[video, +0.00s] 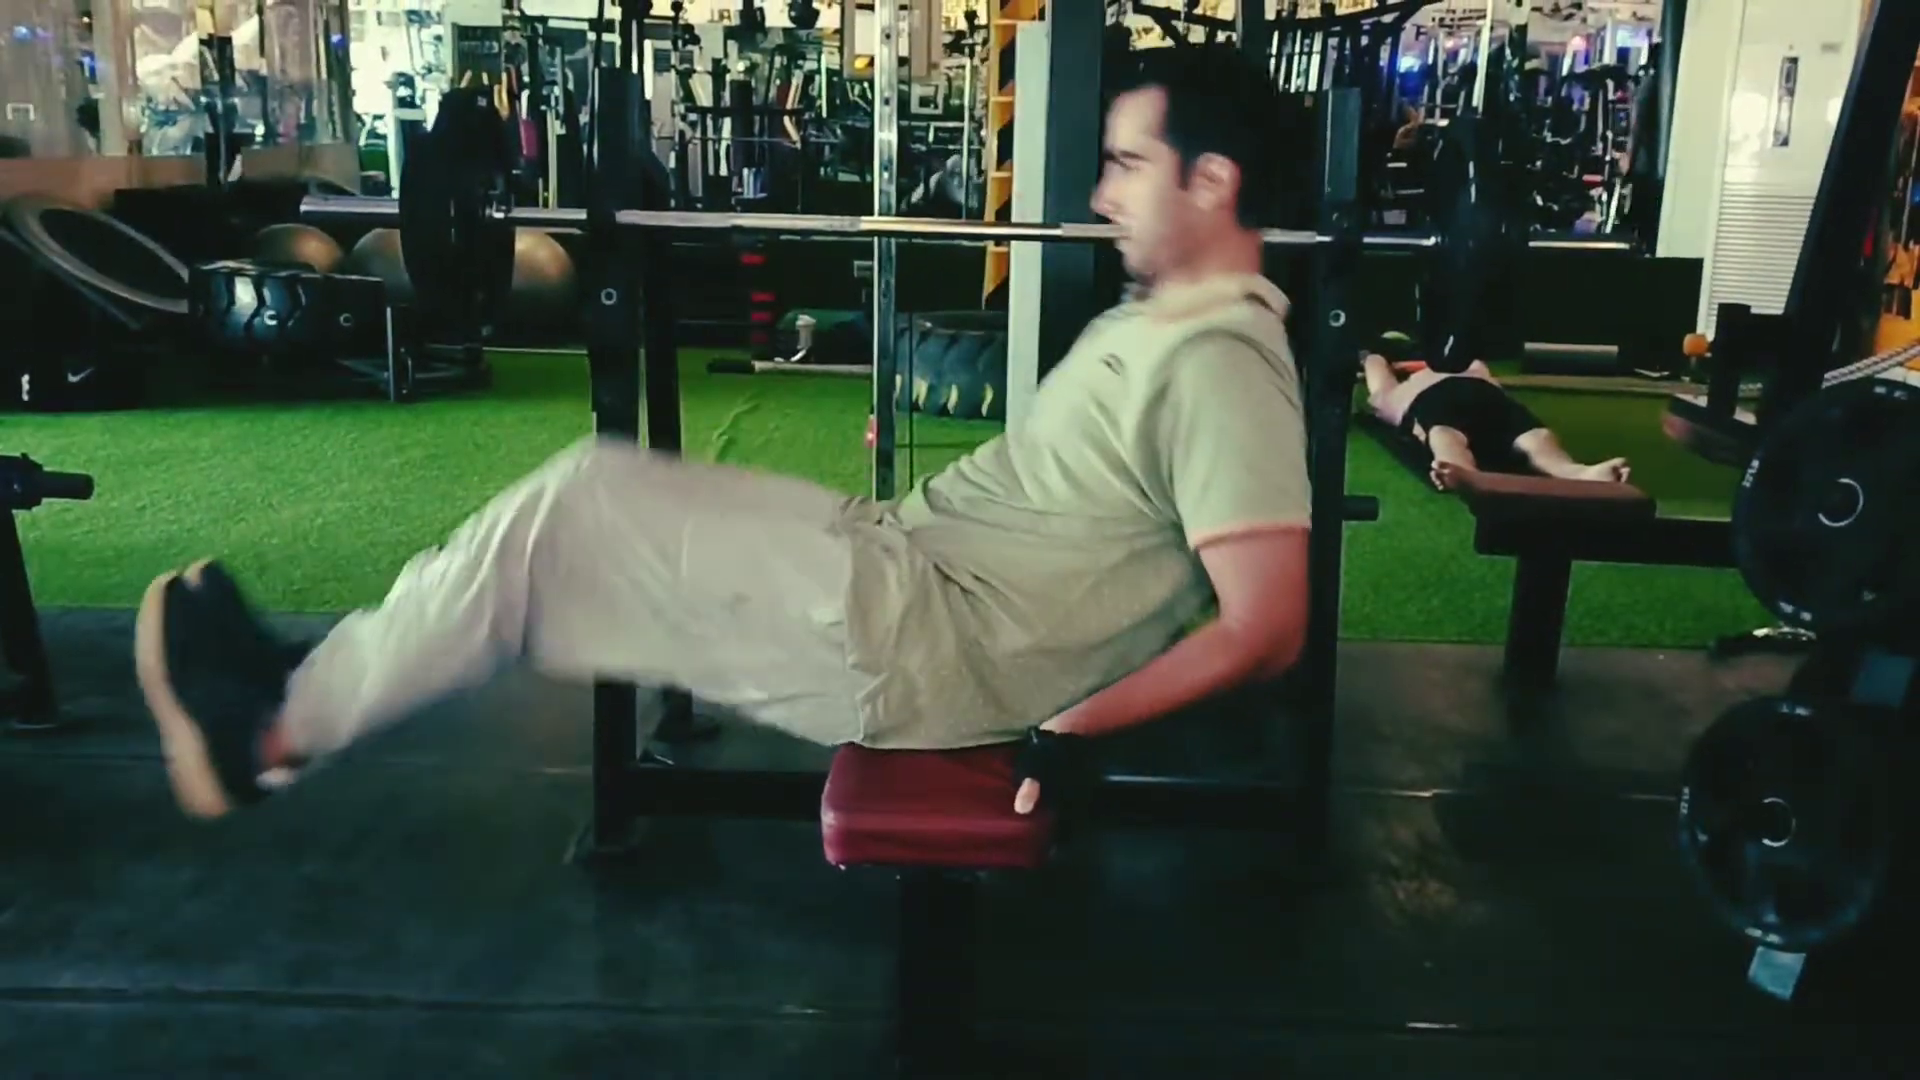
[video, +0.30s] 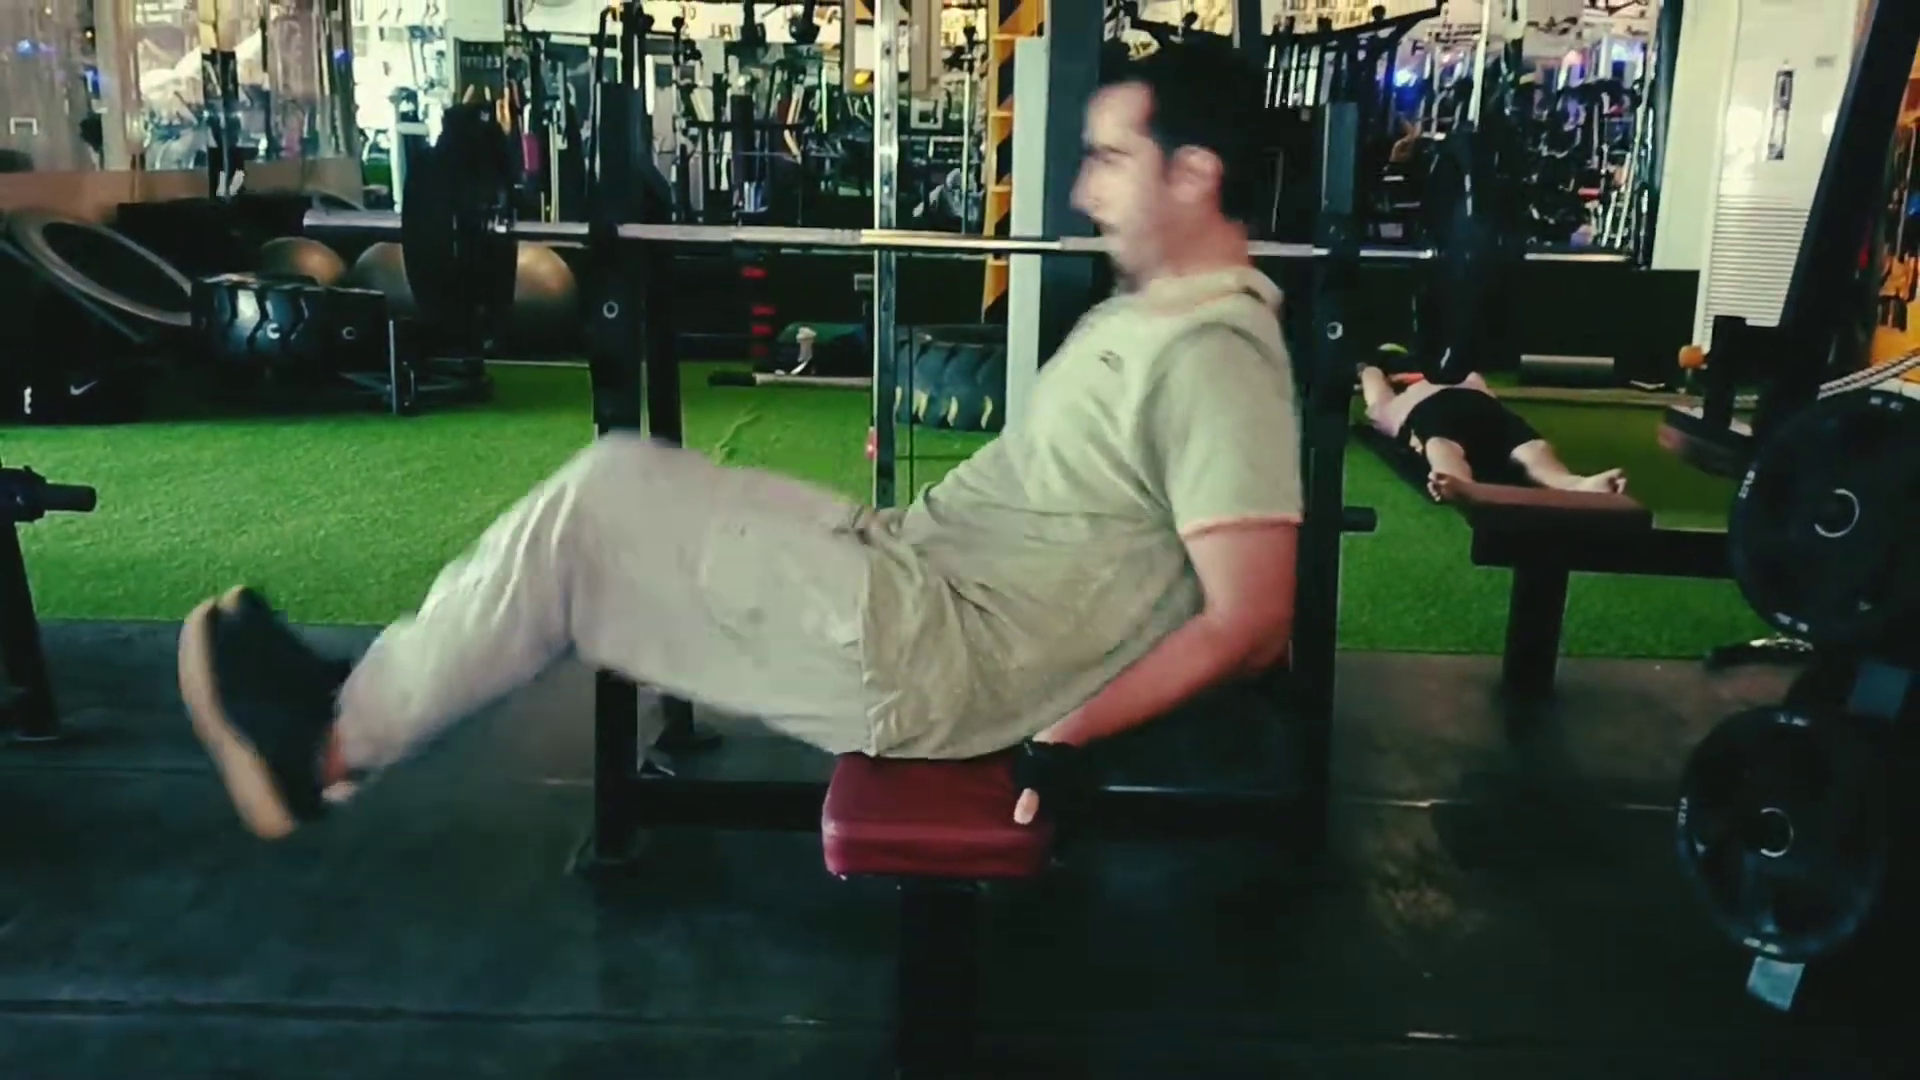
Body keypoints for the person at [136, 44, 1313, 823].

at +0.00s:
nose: (1104, 197)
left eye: (1129, 168)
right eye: (1108, 169)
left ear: (1218, 184)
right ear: (1202, 188)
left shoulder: (1220, 354)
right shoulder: (1168, 324)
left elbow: (1268, 622)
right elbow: (1206, 575)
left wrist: (1084, 723)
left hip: (939, 640)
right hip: (910, 580)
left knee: (579, 510)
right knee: (588, 488)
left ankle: (262, 743)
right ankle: (297, 690)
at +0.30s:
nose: (1089, 186)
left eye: (1112, 160)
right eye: (1091, 160)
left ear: (1201, 177)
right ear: (1183, 180)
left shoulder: (1216, 343)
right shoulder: (1161, 316)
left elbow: (1250, 618)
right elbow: (1178, 562)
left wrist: (1065, 727)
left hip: (943, 649)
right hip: (915, 581)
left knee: (599, 512)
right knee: (609, 484)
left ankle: (315, 756)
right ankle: (344, 712)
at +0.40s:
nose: (989, 179)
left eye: (1007, 146)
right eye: (988, 148)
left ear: (1095, 151)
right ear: (1089, 152)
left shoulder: (1146, 318)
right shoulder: (1089, 296)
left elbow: (1221, 586)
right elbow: (1060, 515)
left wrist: (1045, 736)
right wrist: (900, 518)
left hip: (959, 668)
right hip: (932, 614)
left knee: (665, 410)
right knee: (666, 406)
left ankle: (412, 684)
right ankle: (419, 669)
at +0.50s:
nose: (896, 181)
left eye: (911, 146)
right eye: (894, 150)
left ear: (995, 147)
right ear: (989, 150)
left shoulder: (1066, 309)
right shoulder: (1019, 293)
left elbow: (1190, 564)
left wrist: (1039, 744)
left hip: (937, 680)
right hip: (918, 646)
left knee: (730, 345)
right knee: (717, 348)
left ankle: (483, 632)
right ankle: (486, 610)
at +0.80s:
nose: (1013, 194)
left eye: (1031, 167)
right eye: (1013, 166)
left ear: (1119, 176)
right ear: (1110, 173)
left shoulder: (1159, 341)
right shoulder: (1111, 312)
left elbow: (1238, 611)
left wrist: (1047, 744)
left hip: (952, 675)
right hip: (931, 606)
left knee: (628, 453)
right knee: (652, 426)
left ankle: (385, 737)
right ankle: (411, 698)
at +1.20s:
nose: (1078, 203)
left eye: (1100, 176)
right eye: (1080, 177)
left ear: (1191, 187)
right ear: (1162, 191)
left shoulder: (1215, 358)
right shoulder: (1157, 328)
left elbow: (1250, 630)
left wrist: (1057, 751)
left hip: (954, 667)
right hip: (924, 610)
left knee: (611, 501)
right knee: (614, 492)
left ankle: (330, 750)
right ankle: (347, 722)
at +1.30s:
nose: (987, 186)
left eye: (1006, 154)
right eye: (986, 156)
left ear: (1096, 159)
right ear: (1088, 160)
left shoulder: (1156, 325)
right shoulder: (1081, 296)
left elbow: (1220, 598)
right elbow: (1032, 502)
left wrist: (1044, 760)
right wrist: (894, 525)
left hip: (963, 684)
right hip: (933, 630)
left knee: (678, 409)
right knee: (677, 410)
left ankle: (421, 688)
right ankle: (428, 674)